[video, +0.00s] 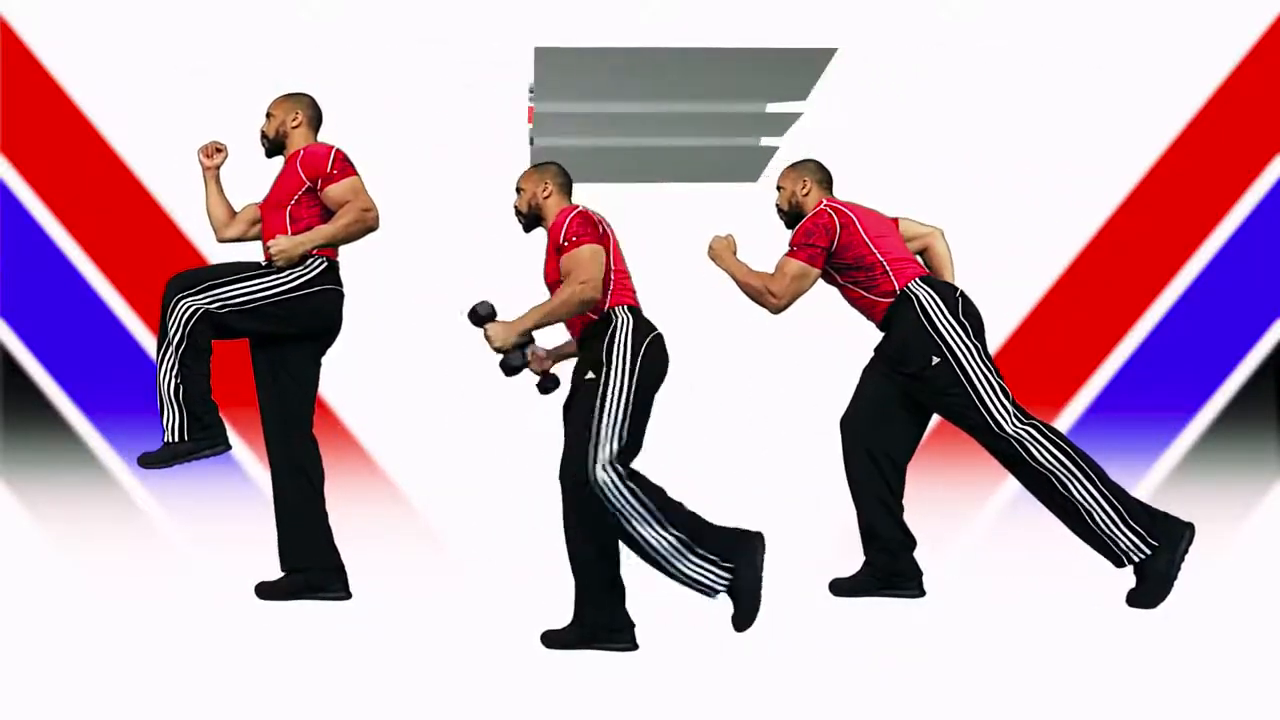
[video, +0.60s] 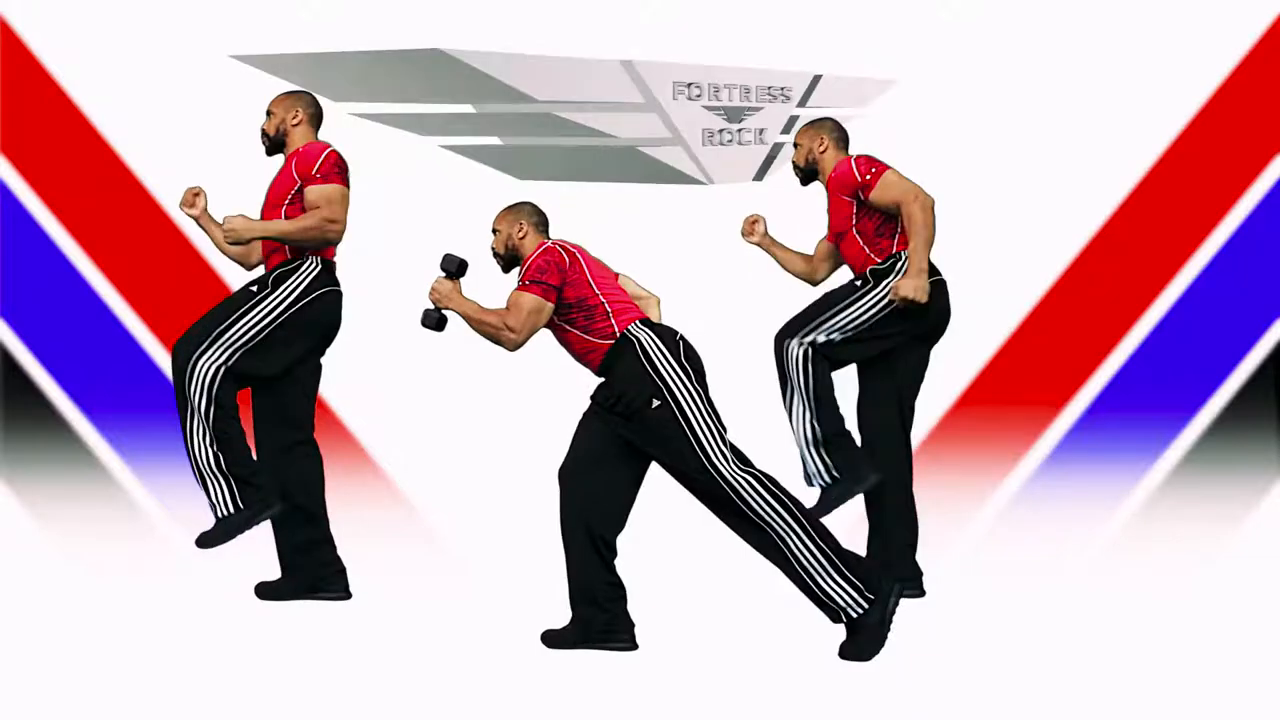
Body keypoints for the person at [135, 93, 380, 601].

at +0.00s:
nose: (262, 126)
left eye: (269, 117)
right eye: (264, 120)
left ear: (295, 117)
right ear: (296, 122)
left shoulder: (321, 156)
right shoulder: (284, 185)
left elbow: (364, 212)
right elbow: (229, 229)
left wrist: (303, 242)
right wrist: (212, 173)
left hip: (306, 278)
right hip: (296, 295)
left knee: (185, 295)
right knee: (288, 438)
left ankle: (195, 429)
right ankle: (317, 572)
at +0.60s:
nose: (263, 123)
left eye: (269, 113)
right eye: (265, 116)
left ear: (296, 114)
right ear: (297, 119)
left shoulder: (319, 156)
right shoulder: (283, 180)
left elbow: (329, 224)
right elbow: (250, 255)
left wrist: (258, 227)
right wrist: (203, 217)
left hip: (302, 283)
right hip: (295, 292)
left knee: (197, 358)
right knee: (285, 437)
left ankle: (238, 495)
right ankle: (315, 572)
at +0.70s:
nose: (263, 124)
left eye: (269, 114)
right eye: (265, 116)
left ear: (293, 114)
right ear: (299, 118)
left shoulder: (316, 157)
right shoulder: (288, 175)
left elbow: (292, 221)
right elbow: (272, 266)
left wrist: (223, 199)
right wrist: (222, 258)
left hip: (299, 287)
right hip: (294, 292)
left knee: (223, 393)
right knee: (287, 429)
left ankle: (266, 549)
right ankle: (318, 567)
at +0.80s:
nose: (260, 122)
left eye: (266, 112)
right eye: (262, 115)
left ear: (291, 111)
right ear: (300, 116)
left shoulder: (309, 152)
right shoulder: (297, 164)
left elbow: (258, 206)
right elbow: (297, 254)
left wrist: (202, 169)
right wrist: (255, 288)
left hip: (298, 287)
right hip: (292, 289)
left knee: (261, 421)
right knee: (286, 427)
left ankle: (292, 572)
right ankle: (322, 566)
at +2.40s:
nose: (261, 121)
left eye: (267, 112)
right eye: (262, 113)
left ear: (292, 113)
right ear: (294, 117)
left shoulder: (309, 149)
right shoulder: (278, 178)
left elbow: (328, 211)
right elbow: (256, 258)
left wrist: (256, 232)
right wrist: (212, 216)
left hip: (302, 284)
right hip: (294, 291)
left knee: (207, 366)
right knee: (288, 429)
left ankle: (246, 503)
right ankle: (315, 570)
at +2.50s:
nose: (260, 120)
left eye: (267, 111)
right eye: (262, 113)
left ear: (293, 113)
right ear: (292, 118)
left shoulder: (309, 147)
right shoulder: (285, 180)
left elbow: (354, 205)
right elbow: (232, 234)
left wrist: (298, 245)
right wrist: (209, 181)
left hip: (295, 283)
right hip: (301, 297)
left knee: (185, 326)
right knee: (289, 437)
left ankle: (211, 454)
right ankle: (315, 571)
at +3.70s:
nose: (263, 125)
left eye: (269, 115)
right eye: (265, 117)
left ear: (294, 115)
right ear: (297, 119)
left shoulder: (316, 155)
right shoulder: (283, 176)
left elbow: (328, 221)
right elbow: (251, 257)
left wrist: (259, 245)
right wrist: (212, 217)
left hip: (299, 282)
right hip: (290, 293)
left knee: (191, 349)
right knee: (285, 436)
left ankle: (227, 482)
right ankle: (315, 572)